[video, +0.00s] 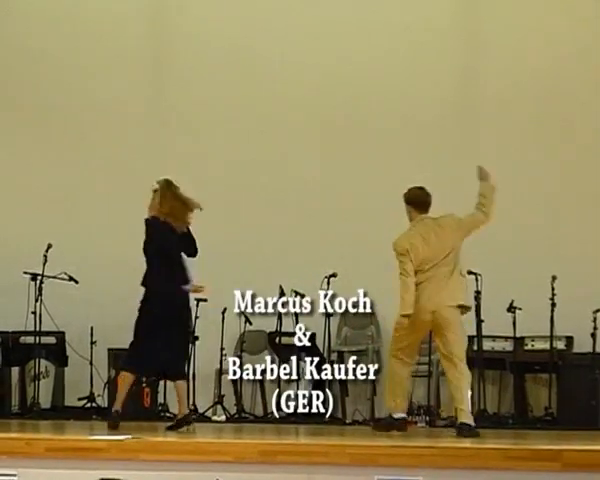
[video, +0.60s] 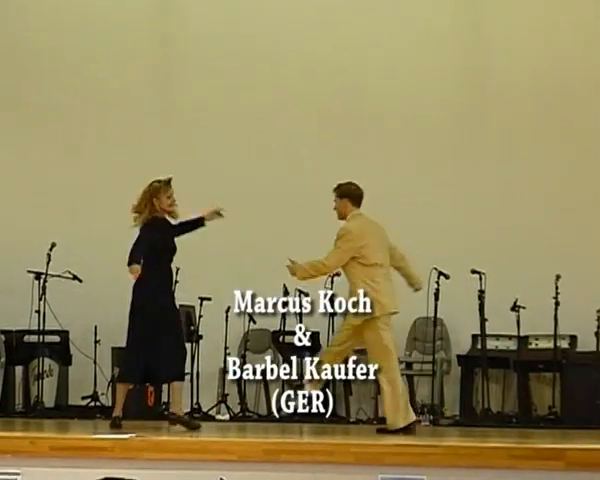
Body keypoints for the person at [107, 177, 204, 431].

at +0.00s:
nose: (150, 200)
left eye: (152, 196)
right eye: (152, 196)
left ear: (158, 200)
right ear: (176, 202)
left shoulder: (153, 224)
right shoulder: (179, 227)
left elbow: (158, 261)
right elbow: (192, 251)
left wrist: (185, 286)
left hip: (155, 295)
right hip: (175, 297)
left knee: (138, 351)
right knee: (176, 354)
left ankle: (116, 407)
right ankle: (183, 412)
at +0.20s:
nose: (172, 210)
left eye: (170, 205)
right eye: (170, 206)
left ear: (146, 206)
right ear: (167, 207)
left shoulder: (134, 231)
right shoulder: (175, 234)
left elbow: (115, 256)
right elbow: (180, 267)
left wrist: (100, 285)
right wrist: (184, 289)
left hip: (141, 294)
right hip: (164, 295)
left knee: (134, 351)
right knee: (167, 351)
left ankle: (120, 412)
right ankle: (170, 410)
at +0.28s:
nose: (172, 211)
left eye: (171, 207)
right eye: (169, 207)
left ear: (150, 208)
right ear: (157, 209)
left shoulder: (130, 233)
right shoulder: (166, 237)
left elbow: (109, 253)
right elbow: (170, 278)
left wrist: (93, 267)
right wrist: (182, 308)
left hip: (139, 298)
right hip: (157, 299)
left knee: (133, 352)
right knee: (171, 351)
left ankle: (121, 413)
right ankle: (168, 408)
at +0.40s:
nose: (171, 209)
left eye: (170, 204)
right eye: (167, 204)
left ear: (152, 207)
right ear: (154, 206)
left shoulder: (136, 230)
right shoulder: (157, 233)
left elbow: (123, 249)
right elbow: (155, 273)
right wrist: (167, 301)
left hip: (134, 294)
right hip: (153, 295)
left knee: (134, 351)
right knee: (174, 350)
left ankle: (120, 413)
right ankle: (171, 405)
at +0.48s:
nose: (169, 203)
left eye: (169, 198)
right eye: (165, 199)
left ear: (153, 202)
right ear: (152, 201)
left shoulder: (142, 225)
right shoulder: (155, 226)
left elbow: (146, 255)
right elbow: (148, 256)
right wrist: (151, 278)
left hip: (139, 288)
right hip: (155, 288)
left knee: (134, 349)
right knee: (173, 347)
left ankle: (119, 412)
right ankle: (177, 407)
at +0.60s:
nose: (173, 200)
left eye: (172, 196)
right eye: (169, 197)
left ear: (160, 200)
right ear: (156, 200)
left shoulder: (163, 224)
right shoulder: (154, 224)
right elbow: (138, 247)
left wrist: (205, 218)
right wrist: (135, 265)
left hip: (152, 292)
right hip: (155, 292)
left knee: (136, 350)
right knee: (176, 350)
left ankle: (117, 413)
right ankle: (177, 410)